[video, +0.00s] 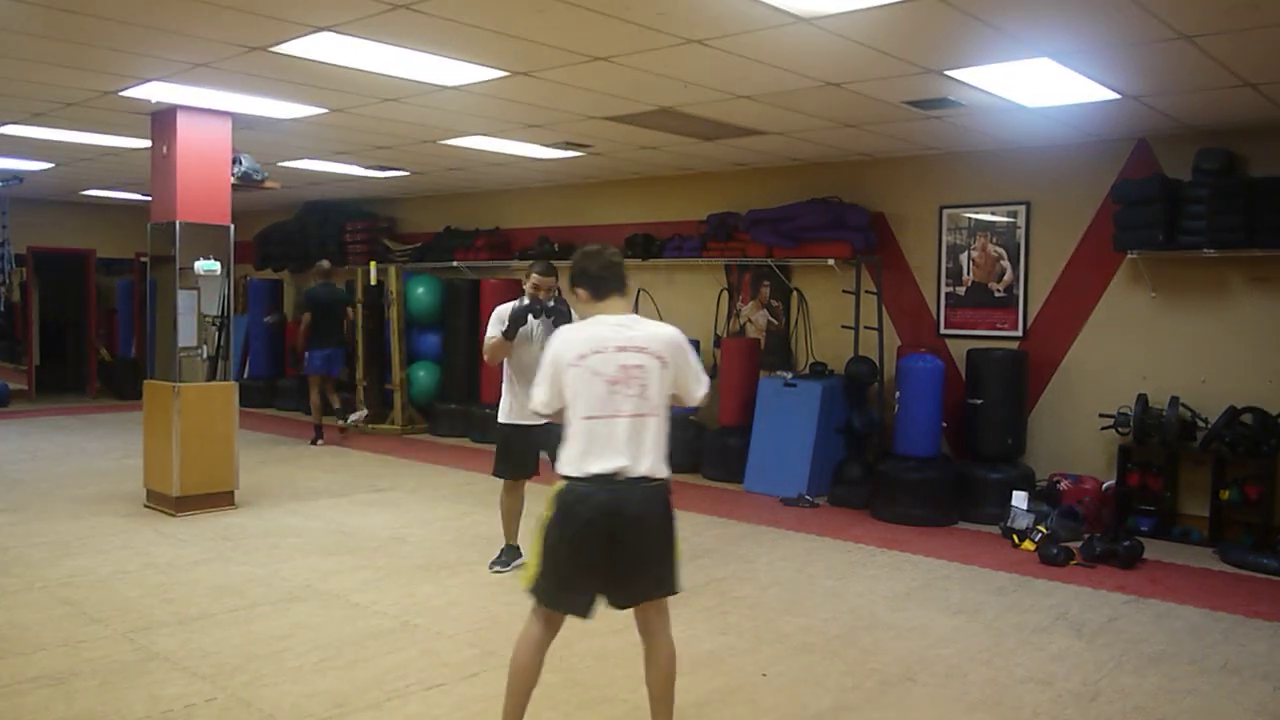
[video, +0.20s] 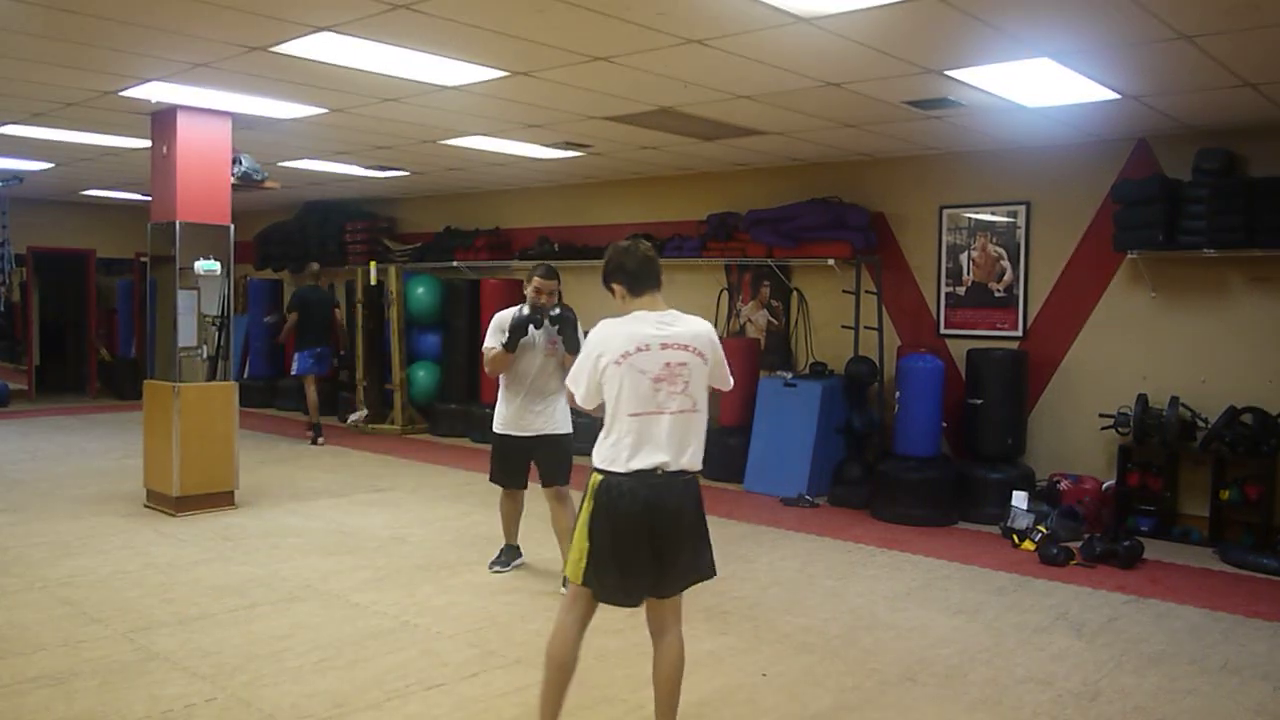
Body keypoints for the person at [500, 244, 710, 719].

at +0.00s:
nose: (571, 302)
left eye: (570, 294)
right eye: (569, 295)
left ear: (579, 293)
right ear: (627, 288)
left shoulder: (566, 340)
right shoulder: (667, 337)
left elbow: (545, 407)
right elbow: (697, 398)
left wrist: (597, 398)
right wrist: (647, 383)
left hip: (580, 503)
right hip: (646, 503)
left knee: (542, 623)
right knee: (655, 628)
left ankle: (510, 716)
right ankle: (663, 718)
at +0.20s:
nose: (612, 300)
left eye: (610, 291)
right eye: (611, 292)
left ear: (617, 287)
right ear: (660, 281)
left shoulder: (606, 334)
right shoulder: (701, 332)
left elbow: (584, 400)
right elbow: (715, 389)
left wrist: (636, 385)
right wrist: (670, 365)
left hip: (613, 495)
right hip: (679, 495)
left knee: (573, 614)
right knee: (667, 626)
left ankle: (546, 715)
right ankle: (666, 718)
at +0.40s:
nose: (631, 301)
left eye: (628, 291)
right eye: (629, 291)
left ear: (637, 287)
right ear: (676, 280)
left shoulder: (627, 334)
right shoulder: (720, 332)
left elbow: (591, 395)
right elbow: (720, 395)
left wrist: (647, 396)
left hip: (629, 493)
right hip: (693, 494)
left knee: (593, 614)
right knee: (677, 625)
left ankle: (573, 715)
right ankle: (669, 719)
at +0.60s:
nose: (637, 299)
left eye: (635, 290)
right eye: (636, 290)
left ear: (645, 287)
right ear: (686, 281)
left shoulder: (632, 333)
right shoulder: (725, 332)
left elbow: (587, 394)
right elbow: (730, 390)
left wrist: (636, 385)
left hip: (633, 495)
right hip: (697, 497)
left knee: (602, 612)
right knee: (683, 632)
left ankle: (585, 716)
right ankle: (673, 718)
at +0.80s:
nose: (634, 291)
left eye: (634, 283)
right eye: (635, 283)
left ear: (642, 283)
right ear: (686, 280)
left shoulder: (626, 334)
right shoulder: (721, 334)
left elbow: (577, 404)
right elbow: (737, 398)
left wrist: (611, 370)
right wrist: (689, 370)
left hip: (631, 496)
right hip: (695, 498)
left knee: (599, 612)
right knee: (683, 635)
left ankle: (590, 716)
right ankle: (674, 719)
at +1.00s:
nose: (624, 285)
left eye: (623, 278)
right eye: (624, 278)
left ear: (630, 280)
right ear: (677, 279)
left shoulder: (609, 338)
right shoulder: (710, 335)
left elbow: (586, 430)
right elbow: (730, 416)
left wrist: (630, 402)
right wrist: (681, 400)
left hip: (620, 500)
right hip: (686, 500)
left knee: (588, 621)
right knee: (678, 638)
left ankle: (569, 716)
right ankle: (673, 719)